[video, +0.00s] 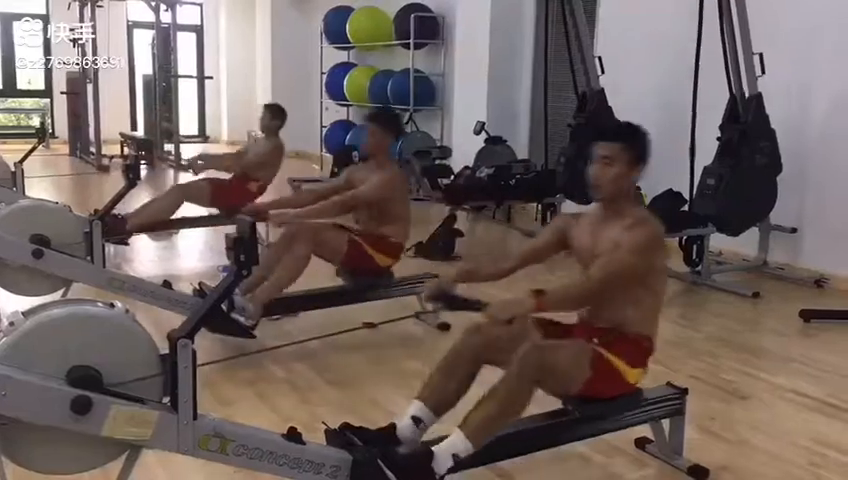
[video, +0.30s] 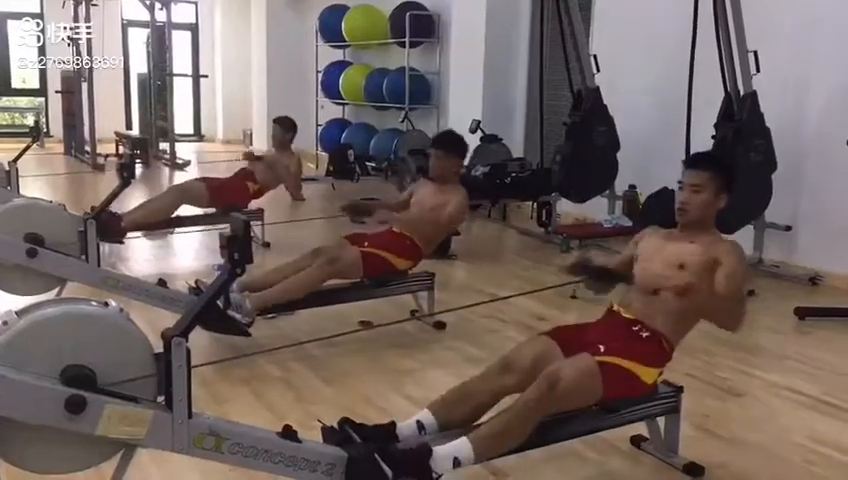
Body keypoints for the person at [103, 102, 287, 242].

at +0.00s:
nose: (261, 120)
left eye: (265, 117)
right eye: (263, 116)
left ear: (275, 123)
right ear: (270, 121)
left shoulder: (271, 146)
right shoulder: (261, 141)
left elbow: (237, 164)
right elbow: (233, 157)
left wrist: (204, 163)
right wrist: (205, 158)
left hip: (239, 195)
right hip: (234, 188)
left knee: (181, 190)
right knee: (179, 189)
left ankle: (127, 225)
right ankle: (127, 221)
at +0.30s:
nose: (274, 135)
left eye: (277, 131)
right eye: (275, 131)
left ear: (284, 135)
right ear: (287, 135)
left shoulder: (287, 161)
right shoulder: (281, 155)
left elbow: (295, 192)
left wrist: (267, 161)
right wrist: (254, 158)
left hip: (236, 192)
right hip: (231, 185)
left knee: (178, 192)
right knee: (177, 189)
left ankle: (122, 225)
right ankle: (122, 220)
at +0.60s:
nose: (260, 130)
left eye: (264, 126)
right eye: (260, 125)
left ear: (276, 128)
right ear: (264, 126)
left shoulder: (279, 156)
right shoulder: (264, 149)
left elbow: (275, 186)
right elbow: (250, 173)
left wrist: (243, 168)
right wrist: (228, 165)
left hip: (232, 191)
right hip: (225, 185)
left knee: (175, 191)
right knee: (172, 188)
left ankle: (118, 225)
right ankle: (117, 218)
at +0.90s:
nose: (241, 119)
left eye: (244, 115)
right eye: (241, 115)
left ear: (257, 115)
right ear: (250, 115)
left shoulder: (265, 140)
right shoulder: (250, 136)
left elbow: (254, 176)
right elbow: (234, 164)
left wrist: (215, 173)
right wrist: (209, 163)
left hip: (236, 187)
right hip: (227, 181)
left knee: (176, 194)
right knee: (174, 192)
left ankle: (118, 223)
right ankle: (117, 218)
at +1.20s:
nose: (227, 113)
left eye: (230, 109)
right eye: (226, 109)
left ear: (243, 109)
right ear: (232, 110)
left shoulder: (255, 135)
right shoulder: (237, 135)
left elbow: (245, 172)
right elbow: (222, 160)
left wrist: (209, 180)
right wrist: (195, 169)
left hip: (240, 189)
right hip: (229, 184)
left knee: (185, 198)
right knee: (181, 194)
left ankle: (122, 222)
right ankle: (121, 216)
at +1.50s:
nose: (218, 110)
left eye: (221, 105)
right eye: (217, 105)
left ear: (235, 106)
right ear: (227, 106)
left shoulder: (248, 131)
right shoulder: (232, 130)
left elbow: (229, 169)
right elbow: (212, 156)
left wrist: (189, 188)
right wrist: (183, 172)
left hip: (241, 186)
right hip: (230, 181)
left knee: (183, 200)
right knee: (180, 196)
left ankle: (126, 218)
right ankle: (124, 212)